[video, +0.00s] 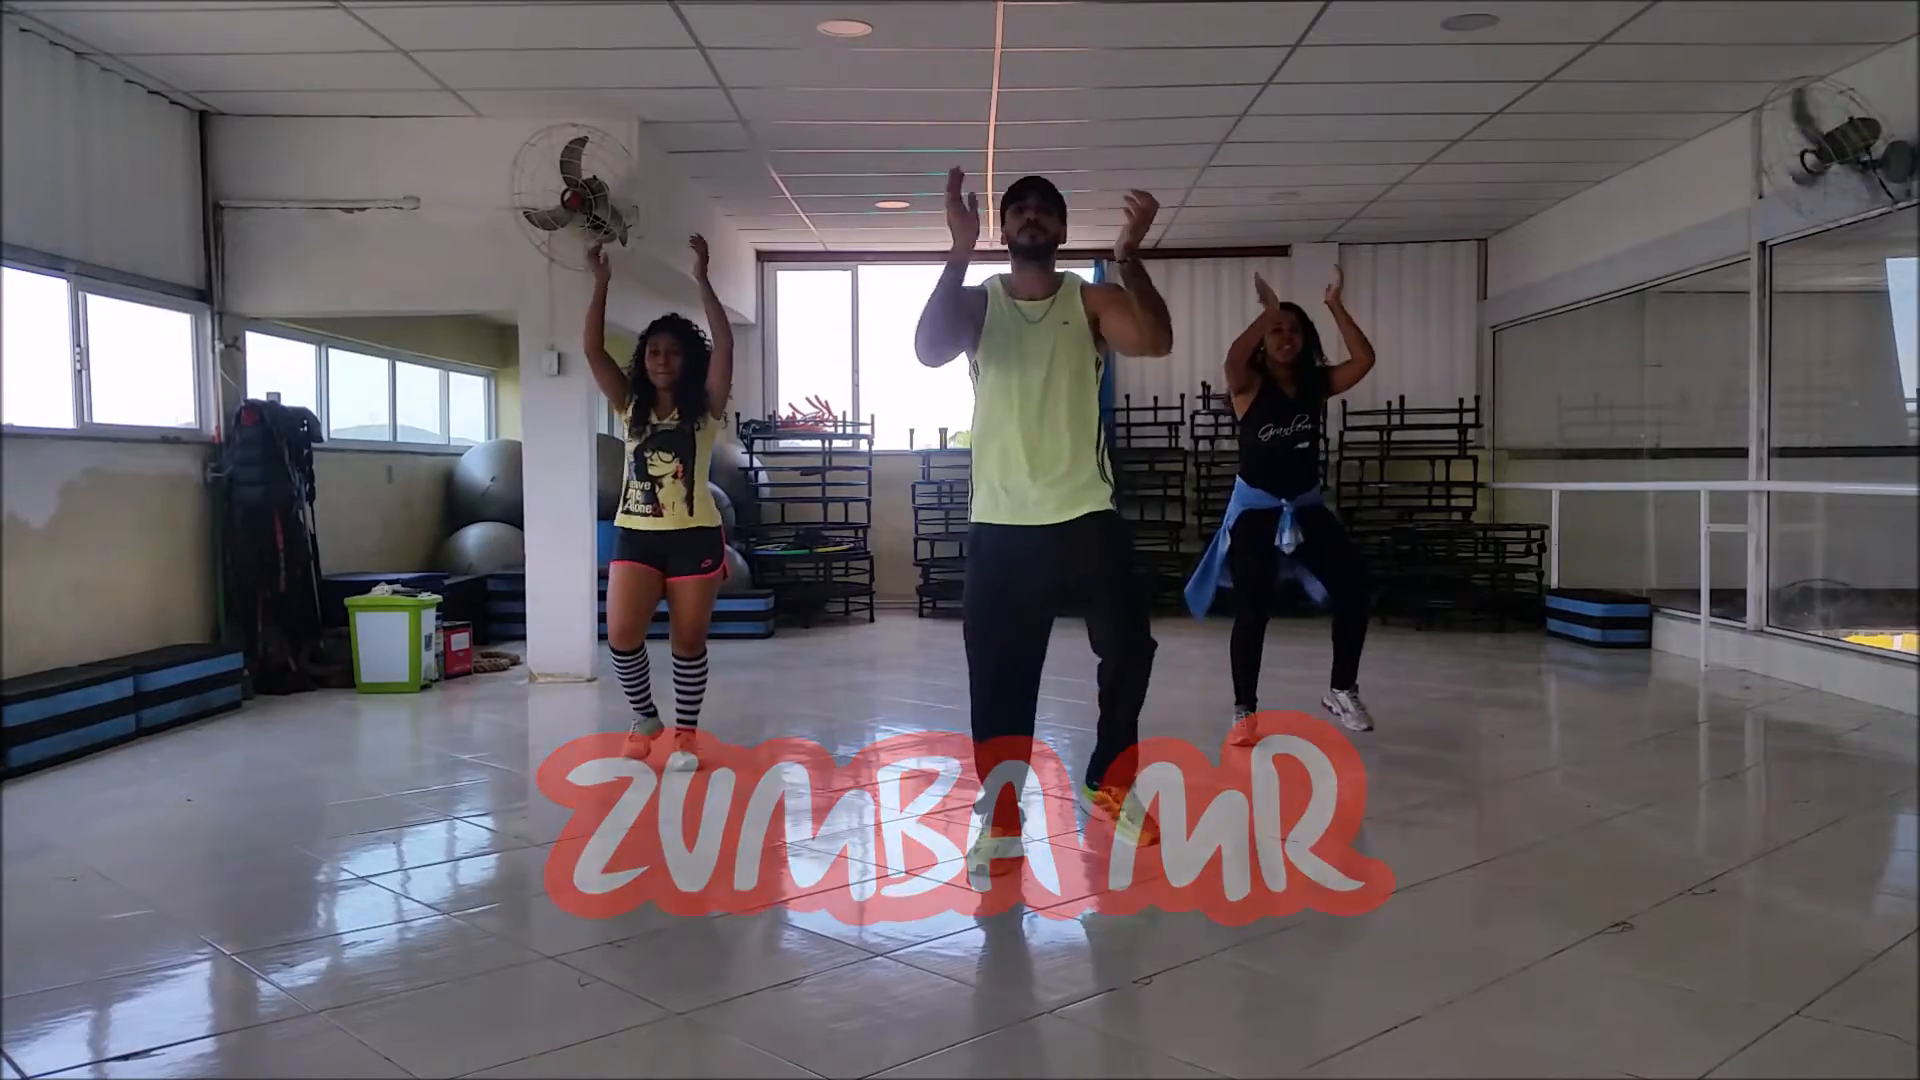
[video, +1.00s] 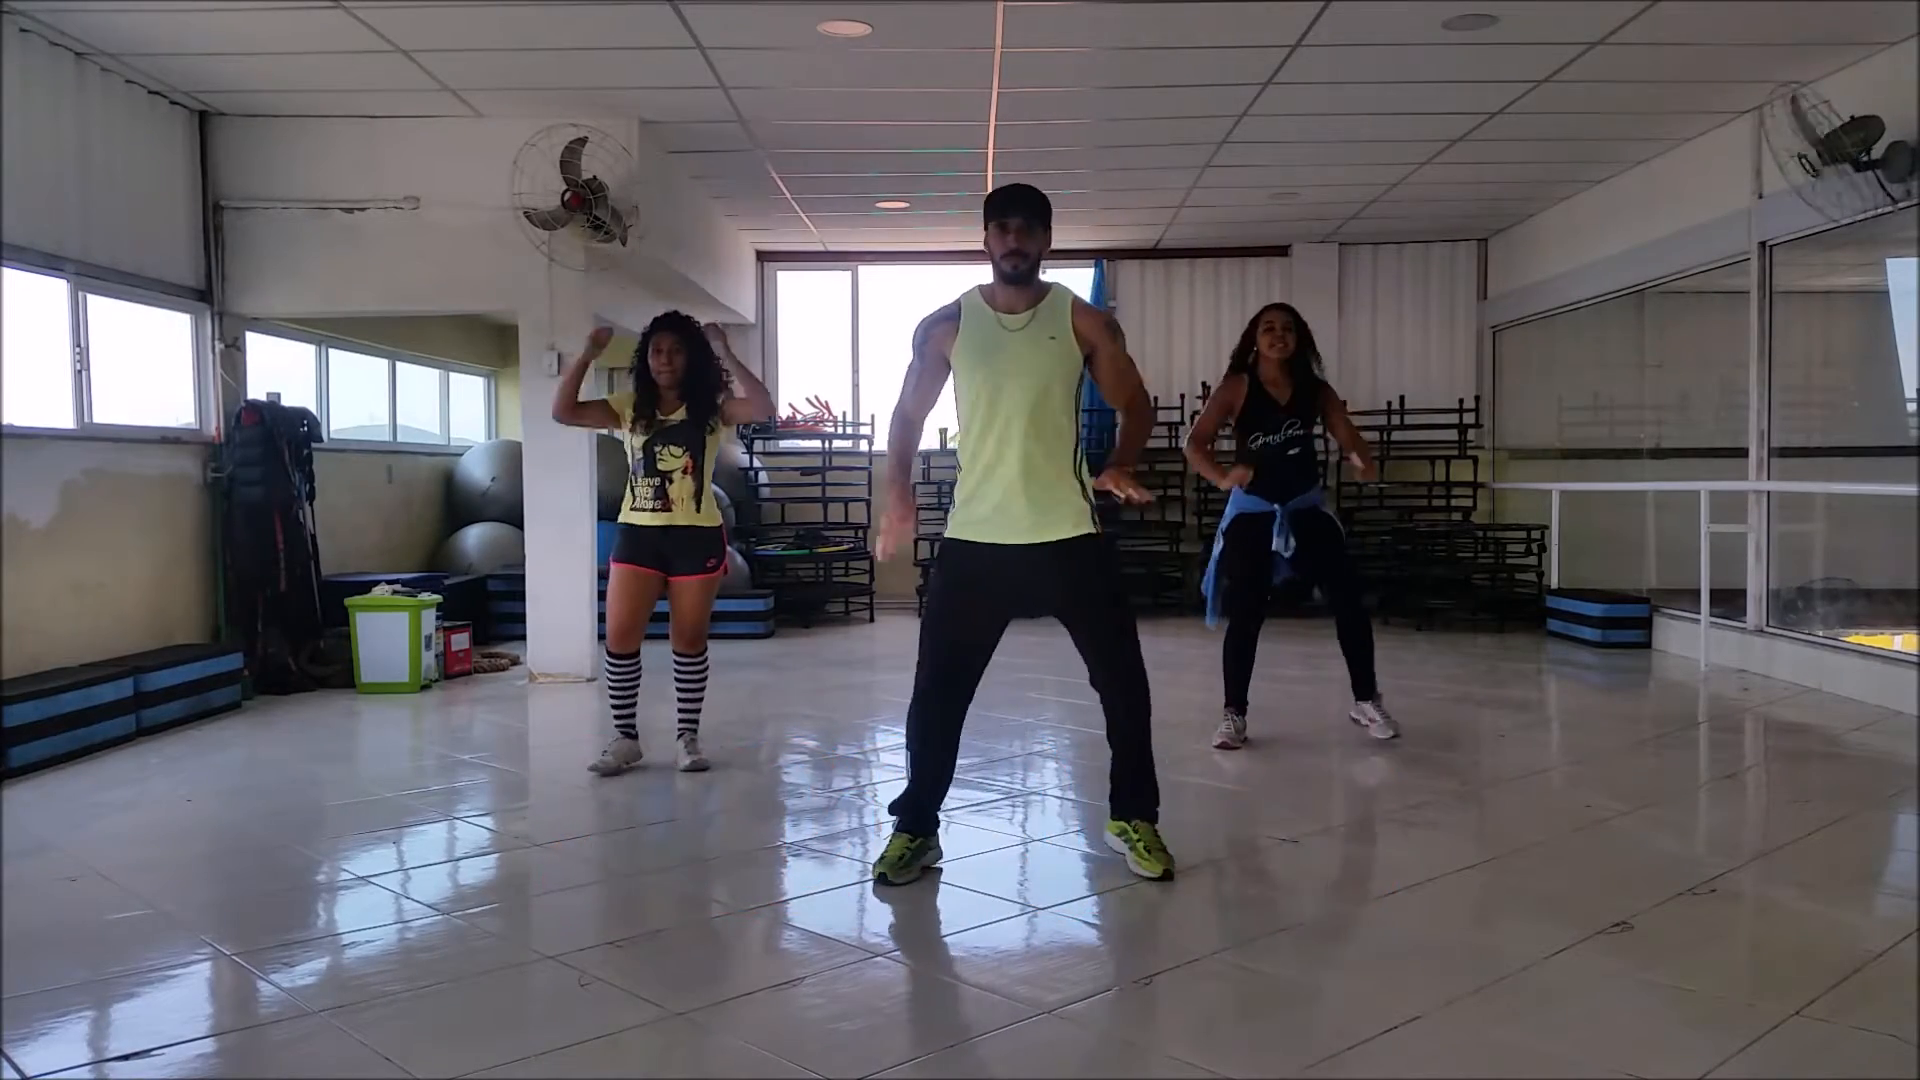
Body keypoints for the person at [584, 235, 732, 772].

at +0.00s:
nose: (662, 361)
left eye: (672, 353)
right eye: (654, 353)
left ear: (689, 360)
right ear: (642, 359)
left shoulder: (705, 406)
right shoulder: (630, 403)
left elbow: (724, 343)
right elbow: (592, 349)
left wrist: (703, 280)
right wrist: (601, 282)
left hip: (694, 539)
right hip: (635, 537)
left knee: (688, 645)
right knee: (622, 638)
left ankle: (685, 738)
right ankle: (646, 722)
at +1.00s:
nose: (664, 359)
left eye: (674, 351)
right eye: (656, 351)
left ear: (691, 360)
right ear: (645, 358)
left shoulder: (711, 412)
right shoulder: (628, 410)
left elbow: (763, 408)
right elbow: (564, 410)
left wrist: (726, 355)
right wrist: (588, 352)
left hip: (696, 540)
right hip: (637, 538)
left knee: (689, 641)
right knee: (620, 640)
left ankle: (688, 739)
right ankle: (626, 740)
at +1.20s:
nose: (661, 366)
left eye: (672, 358)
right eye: (653, 358)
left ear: (690, 367)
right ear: (642, 366)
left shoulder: (706, 423)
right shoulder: (625, 418)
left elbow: (729, 479)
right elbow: (595, 477)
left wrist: (736, 497)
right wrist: (575, 515)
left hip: (693, 547)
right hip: (634, 545)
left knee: (687, 648)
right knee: (614, 645)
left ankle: (687, 740)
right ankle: (625, 745)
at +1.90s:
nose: (676, 397)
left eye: (686, 389)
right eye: (669, 388)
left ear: (705, 398)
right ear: (659, 396)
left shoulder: (719, 455)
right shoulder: (637, 446)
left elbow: (744, 519)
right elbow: (608, 505)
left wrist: (771, 567)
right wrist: (585, 563)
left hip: (717, 570)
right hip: (656, 576)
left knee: (765, 644)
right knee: (600, 659)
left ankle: (768, 744)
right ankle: (623, 746)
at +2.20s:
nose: (676, 385)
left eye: (686, 376)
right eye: (668, 377)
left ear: (706, 383)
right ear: (659, 387)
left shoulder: (732, 439)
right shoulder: (651, 444)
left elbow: (751, 504)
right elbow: (635, 506)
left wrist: (759, 559)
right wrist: (591, 545)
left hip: (715, 566)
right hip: (652, 565)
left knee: (767, 649)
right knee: (611, 654)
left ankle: (768, 743)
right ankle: (623, 746)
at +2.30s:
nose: (679, 387)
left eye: (690, 378)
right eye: (671, 379)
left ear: (709, 386)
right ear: (663, 388)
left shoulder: (734, 440)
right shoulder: (652, 446)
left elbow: (758, 501)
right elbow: (636, 512)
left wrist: (760, 553)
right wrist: (591, 560)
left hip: (716, 569)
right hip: (653, 565)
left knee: (766, 649)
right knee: (612, 653)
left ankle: (767, 745)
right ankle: (624, 746)